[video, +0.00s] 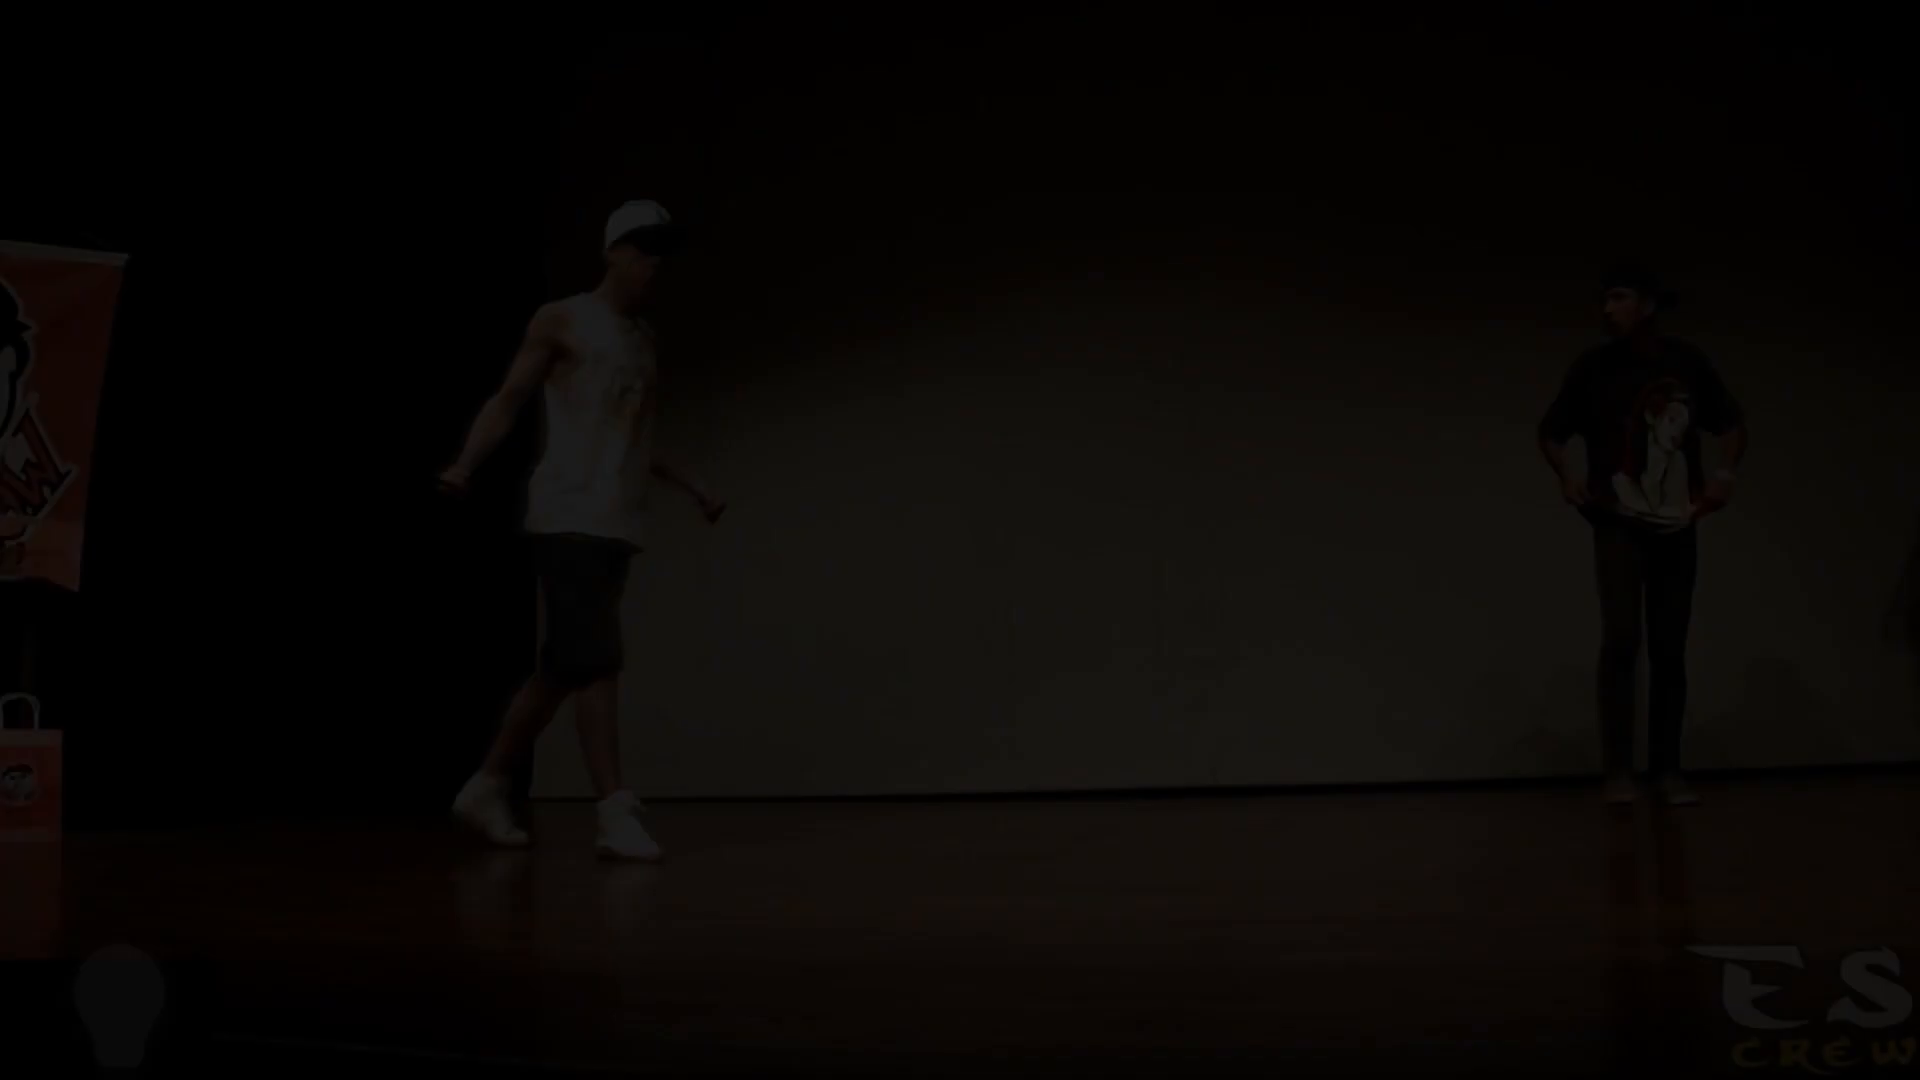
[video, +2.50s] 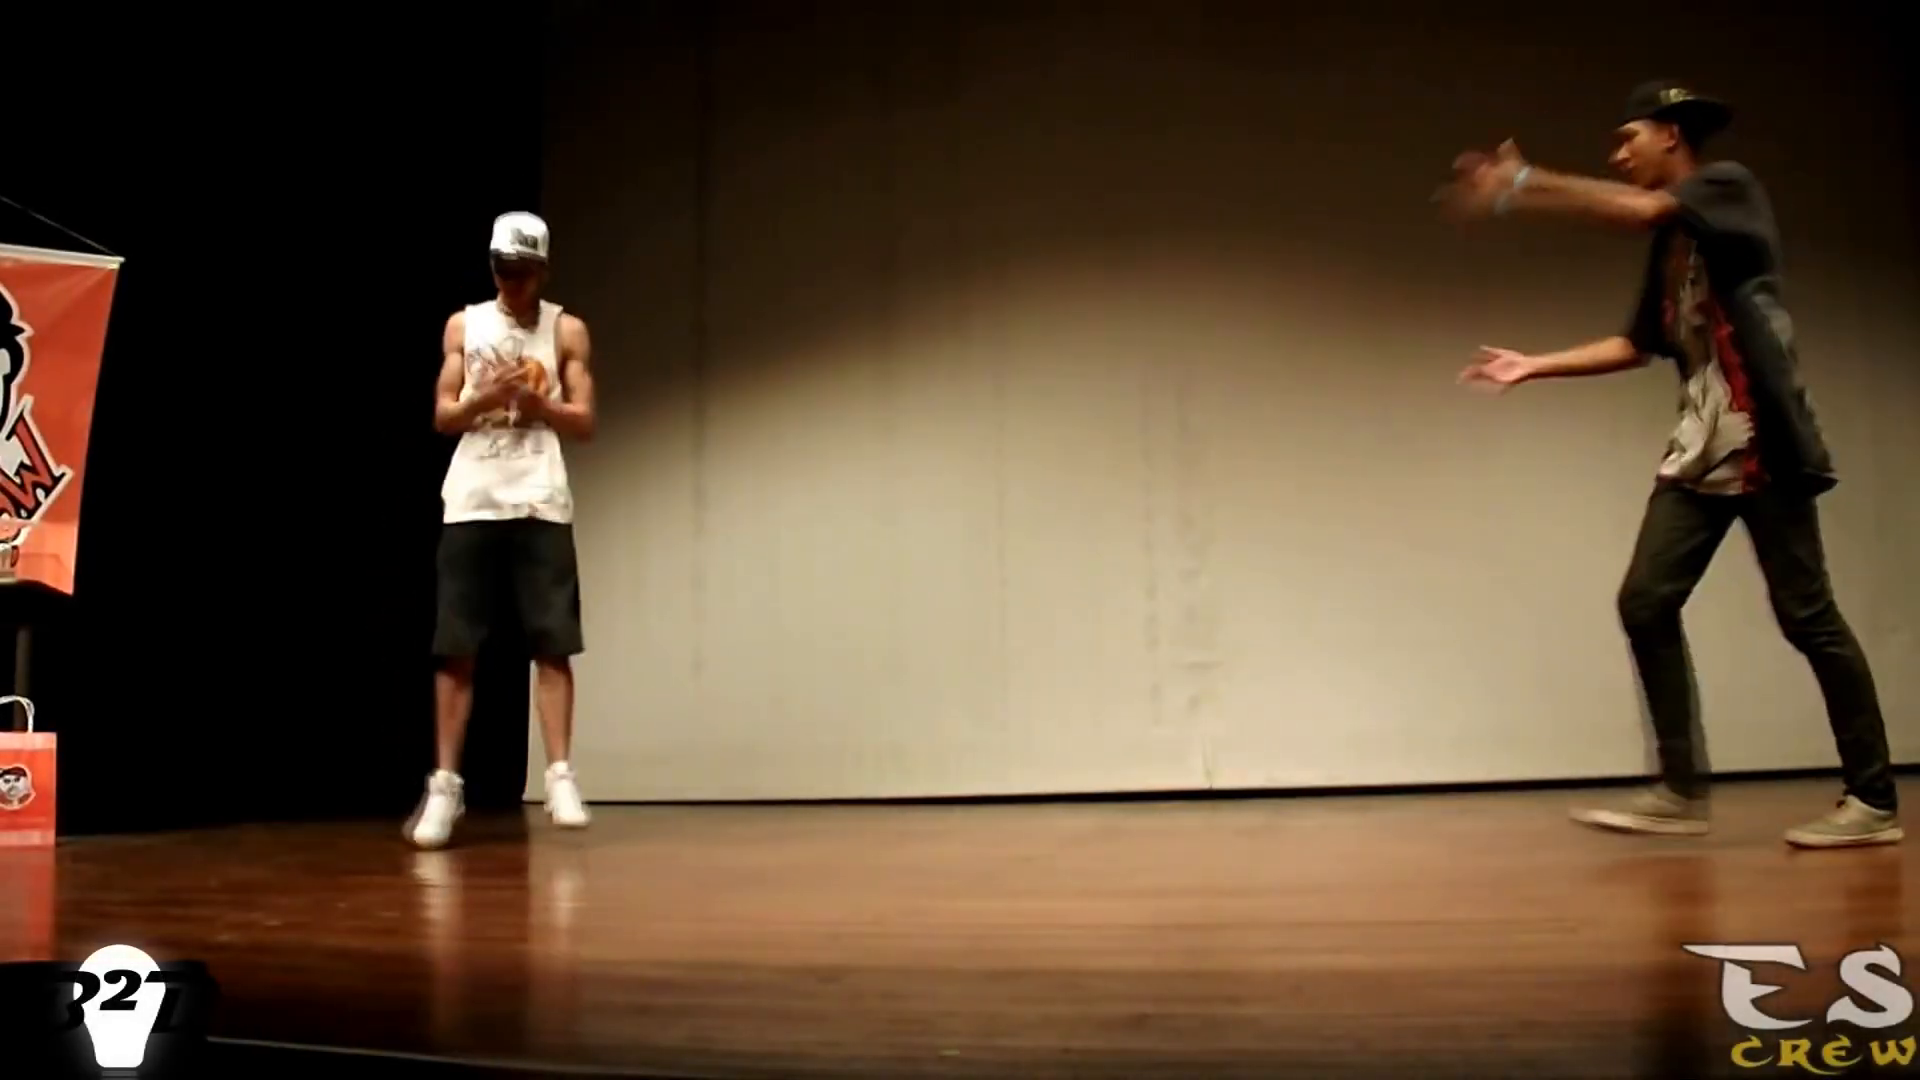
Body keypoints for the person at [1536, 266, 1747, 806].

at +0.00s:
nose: (1613, 311)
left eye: (1622, 300)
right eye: (1610, 301)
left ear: (1646, 305)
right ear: (1608, 309)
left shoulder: (1684, 362)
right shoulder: (1596, 365)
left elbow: (1728, 429)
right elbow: (1552, 434)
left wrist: (1717, 487)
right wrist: (1573, 490)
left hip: (1674, 524)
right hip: (1615, 525)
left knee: (1668, 648)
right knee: (1620, 644)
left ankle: (1666, 770)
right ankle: (1618, 770)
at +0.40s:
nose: (1610, 292)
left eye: (1620, 281)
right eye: (1608, 283)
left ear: (1653, 286)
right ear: (1615, 293)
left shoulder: (1698, 343)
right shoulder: (1605, 357)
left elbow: (1743, 414)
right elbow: (1579, 438)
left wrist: (1698, 391)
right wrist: (1555, 516)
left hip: (1698, 520)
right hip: (1636, 526)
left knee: (1723, 641)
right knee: (1663, 645)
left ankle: (1686, 748)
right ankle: (1678, 777)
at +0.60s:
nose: (1616, 280)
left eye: (1626, 267)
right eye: (1613, 271)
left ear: (1662, 270)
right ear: (1620, 280)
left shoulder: (1706, 332)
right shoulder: (1611, 345)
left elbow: (1762, 366)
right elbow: (1579, 426)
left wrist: (1707, 294)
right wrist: (1552, 499)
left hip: (1709, 509)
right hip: (1643, 521)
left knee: (1749, 621)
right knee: (1664, 646)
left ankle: (1760, 757)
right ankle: (1677, 779)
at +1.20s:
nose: (1675, 238)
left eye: (1685, 225)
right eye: (1669, 229)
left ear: (1718, 226)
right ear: (1668, 237)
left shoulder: (1768, 287)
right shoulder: (1676, 310)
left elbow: (1787, 245)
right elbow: (1665, 408)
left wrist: (1732, 189)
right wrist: (1637, 492)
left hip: (1778, 489)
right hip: (1705, 495)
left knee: (1787, 633)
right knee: (1682, 622)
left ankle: (1796, 782)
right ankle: (1706, 754)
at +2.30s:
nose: (1653, 152)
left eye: (1664, 136)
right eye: (1649, 140)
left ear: (1707, 134)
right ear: (1658, 152)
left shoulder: (1765, 200)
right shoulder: (1683, 243)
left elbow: (1726, 192)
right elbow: (1677, 361)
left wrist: (1679, 112)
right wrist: (1585, 400)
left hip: (1782, 452)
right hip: (1710, 460)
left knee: (1808, 619)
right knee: (1679, 612)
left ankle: (1874, 798)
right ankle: (1761, 776)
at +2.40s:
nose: (1641, 140)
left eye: (1651, 126)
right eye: (1639, 132)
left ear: (1696, 132)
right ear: (1679, 139)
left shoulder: (1753, 190)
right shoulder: (1678, 231)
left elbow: (1691, 196)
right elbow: (1665, 347)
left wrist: (1601, 133)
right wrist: (1562, 371)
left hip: (1779, 441)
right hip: (1708, 444)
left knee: (1813, 616)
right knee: (1658, 600)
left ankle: (1874, 799)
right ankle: (1736, 775)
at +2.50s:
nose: (1619, 150)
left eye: (1630, 135)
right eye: (1619, 139)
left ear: (1674, 135)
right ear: (1662, 144)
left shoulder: (1731, 188)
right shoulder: (1666, 228)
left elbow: (1641, 208)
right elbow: (1640, 343)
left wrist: (1521, 184)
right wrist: (1533, 363)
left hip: (1769, 438)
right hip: (1701, 444)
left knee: (1809, 615)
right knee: (1647, 604)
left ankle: (1875, 801)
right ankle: (1682, 796)